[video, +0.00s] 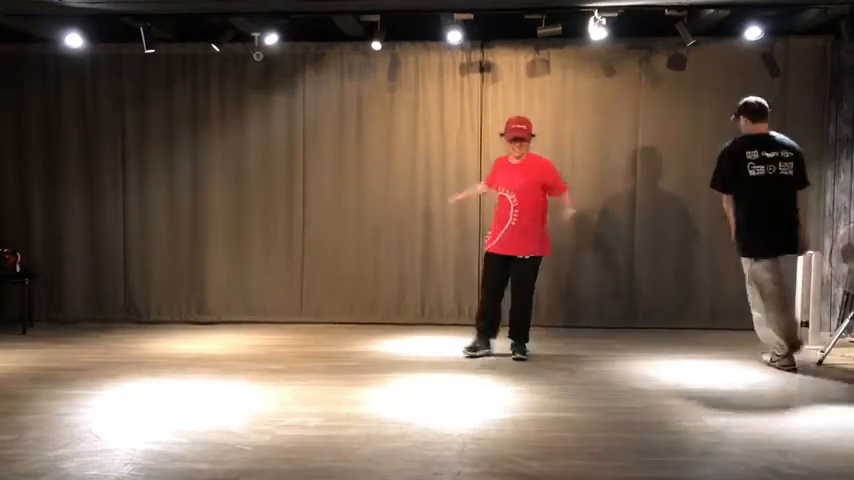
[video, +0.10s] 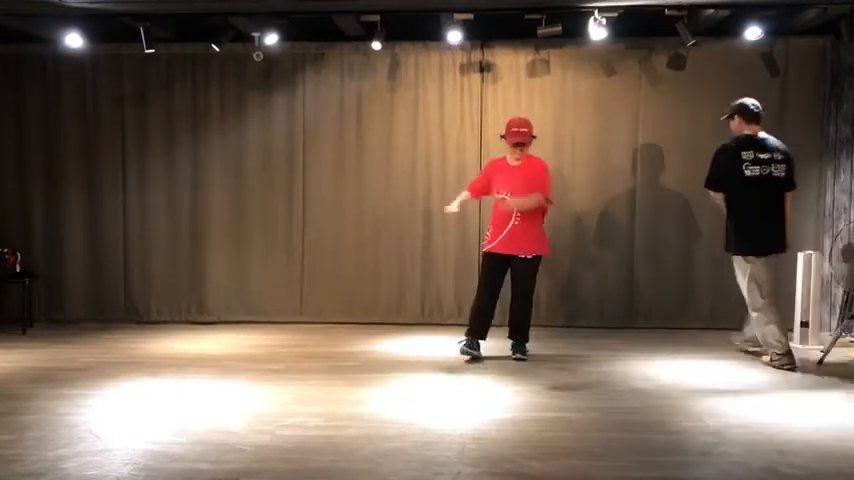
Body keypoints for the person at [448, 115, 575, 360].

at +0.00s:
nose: (517, 146)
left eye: (522, 142)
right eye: (513, 142)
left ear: (530, 142)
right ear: (506, 141)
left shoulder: (542, 167)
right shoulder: (500, 165)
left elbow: (564, 193)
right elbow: (487, 185)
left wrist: (568, 208)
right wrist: (464, 195)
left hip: (529, 245)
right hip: (499, 242)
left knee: (522, 297)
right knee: (490, 293)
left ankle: (519, 343)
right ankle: (483, 340)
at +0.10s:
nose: (519, 148)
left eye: (523, 144)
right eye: (515, 144)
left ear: (531, 142)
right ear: (506, 141)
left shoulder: (538, 166)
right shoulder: (495, 166)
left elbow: (544, 199)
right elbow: (475, 189)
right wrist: (458, 201)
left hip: (528, 244)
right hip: (497, 242)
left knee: (523, 297)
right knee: (486, 292)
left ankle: (519, 343)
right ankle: (473, 340)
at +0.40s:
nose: (503, 149)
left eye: (507, 145)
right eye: (498, 145)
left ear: (513, 142)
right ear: (489, 141)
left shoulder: (520, 159)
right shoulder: (479, 165)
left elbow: (507, 174)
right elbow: (494, 189)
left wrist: (474, 169)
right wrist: (526, 181)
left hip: (517, 242)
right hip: (485, 241)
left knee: (517, 297)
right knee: (480, 296)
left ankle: (519, 343)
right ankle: (475, 345)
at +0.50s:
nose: (499, 150)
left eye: (502, 144)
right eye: (494, 145)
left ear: (507, 141)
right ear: (483, 142)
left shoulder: (517, 164)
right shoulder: (472, 168)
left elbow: (520, 190)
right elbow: (480, 199)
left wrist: (497, 197)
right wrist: (509, 211)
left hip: (512, 243)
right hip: (480, 245)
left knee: (515, 297)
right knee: (478, 297)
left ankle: (517, 341)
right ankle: (475, 345)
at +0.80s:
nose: (495, 139)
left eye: (499, 134)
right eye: (490, 136)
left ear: (504, 136)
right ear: (479, 139)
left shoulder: (517, 165)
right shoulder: (466, 168)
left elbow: (529, 193)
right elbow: (440, 190)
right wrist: (417, 209)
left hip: (510, 243)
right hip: (477, 246)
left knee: (522, 295)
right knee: (477, 298)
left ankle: (534, 344)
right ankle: (475, 347)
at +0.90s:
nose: (501, 139)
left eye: (504, 134)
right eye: (495, 135)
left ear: (509, 137)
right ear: (484, 139)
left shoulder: (519, 165)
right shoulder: (470, 168)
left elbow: (523, 198)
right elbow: (445, 191)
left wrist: (513, 223)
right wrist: (422, 212)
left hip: (513, 244)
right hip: (479, 246)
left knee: (524, 296)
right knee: (478, 299)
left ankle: (542, 345)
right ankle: (475, 347)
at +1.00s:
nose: (507, 140)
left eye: (511, 136)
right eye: (502, 136)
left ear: (517, 139)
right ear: (492, 138)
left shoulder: (524, 168)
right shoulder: (475, 169)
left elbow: (527, 204)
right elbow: (454, 201)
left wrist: (520, 232)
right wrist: (440, 226)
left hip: (518, 246)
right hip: (484, 247)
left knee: (528, 298)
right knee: (481, 298)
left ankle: (540, 350)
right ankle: (475, 347)